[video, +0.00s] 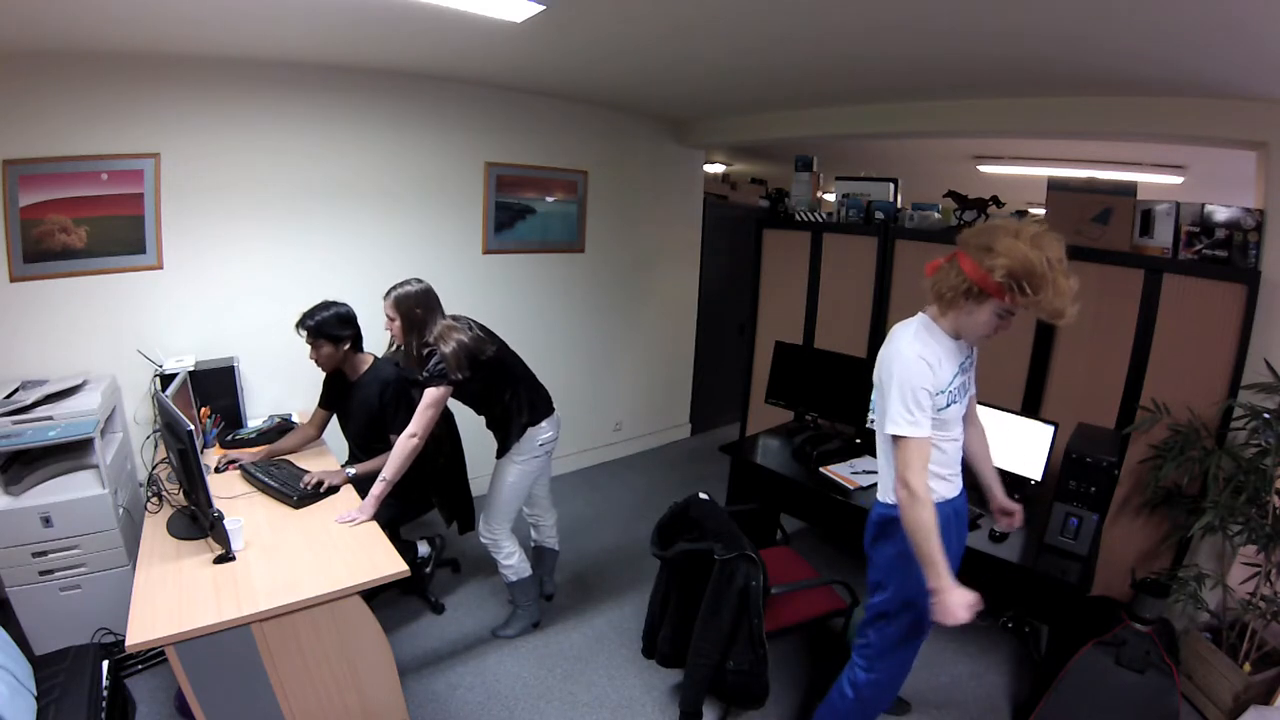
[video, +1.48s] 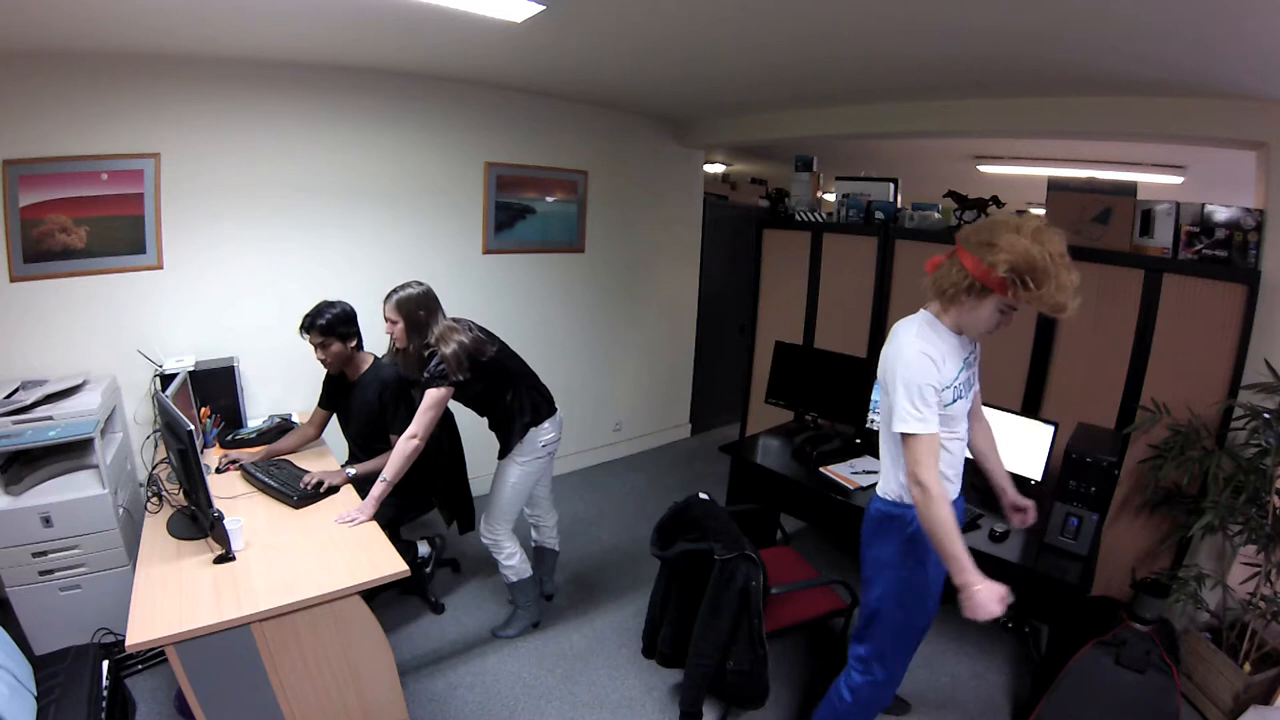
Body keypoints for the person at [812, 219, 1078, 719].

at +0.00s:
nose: (1004, 329)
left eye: (1011, 318)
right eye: (1002, 315)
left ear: (979, 300)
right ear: (972, 294)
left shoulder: (959, 340)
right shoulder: (911, 357)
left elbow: (968, 420)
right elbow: (910, 487)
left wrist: (994, 494)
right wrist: (942, 584)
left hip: (946, 508)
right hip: (907, 522)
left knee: (910, 617)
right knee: (877, 658)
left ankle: (880, 689)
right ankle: (842, 713)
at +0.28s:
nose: (1008, 325)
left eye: (1015, 314)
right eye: (1006, 311)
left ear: (983, 295)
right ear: (976, 289)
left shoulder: (963, 340)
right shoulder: (914, 350)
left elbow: (981, 418)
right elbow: (928, 479)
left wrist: (1022, 487)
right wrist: (987, 577)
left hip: (931, 518)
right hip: (895, 524)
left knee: (909, 617)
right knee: (867, 672)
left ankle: (876, 689)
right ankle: (837, 713)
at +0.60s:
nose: (1005, 326)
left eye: (1012, 314)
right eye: (1004, 312)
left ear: (981, 293)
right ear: (975, 290)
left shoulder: (959, 338)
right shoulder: (912, 354)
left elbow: (969, 417)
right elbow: (912, 485)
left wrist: (995, 491)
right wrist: (946, 582)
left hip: (943, 510)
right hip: (904, 521)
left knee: (906, 616)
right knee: (874, 652)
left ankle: (875, 688)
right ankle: (838, 713)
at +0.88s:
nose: (1002, 330)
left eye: (1009, 319)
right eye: (1001, 316)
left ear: (978, 300)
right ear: (971, 294)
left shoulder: (959, 340)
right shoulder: (909, 357)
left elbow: (967, 417)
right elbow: (910, 488)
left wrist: (993, 493)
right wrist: (940, 584)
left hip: (949, 510)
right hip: (911, 522)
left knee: (911, 617)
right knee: (884, 646)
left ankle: (879, 687)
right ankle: (838, 713)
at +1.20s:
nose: (1008, 327)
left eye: (1014, 316)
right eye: (1006, 313)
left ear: (980, 298)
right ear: (974, 293)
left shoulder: (964, 342)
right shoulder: (915, 353)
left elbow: (983, 417)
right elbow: (936, 482)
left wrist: (1030, 486)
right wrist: (997, 576)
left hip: (934, 520)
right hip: (899, 528)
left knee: (913, 623)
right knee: (873, 676)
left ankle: (881, 690)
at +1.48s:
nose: (1005, 325)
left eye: (1011, 313)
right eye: (1004, 311)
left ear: (981, 294)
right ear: (976, 290)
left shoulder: (961, 339)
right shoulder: (915, 353)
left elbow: (973, 417)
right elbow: (922, 482)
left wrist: (1005, 490)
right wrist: (969, 580)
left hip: (937, 513)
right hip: (903, 524)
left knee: (908, 616)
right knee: (874, 663)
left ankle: (877, 689)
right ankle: (839, 713)